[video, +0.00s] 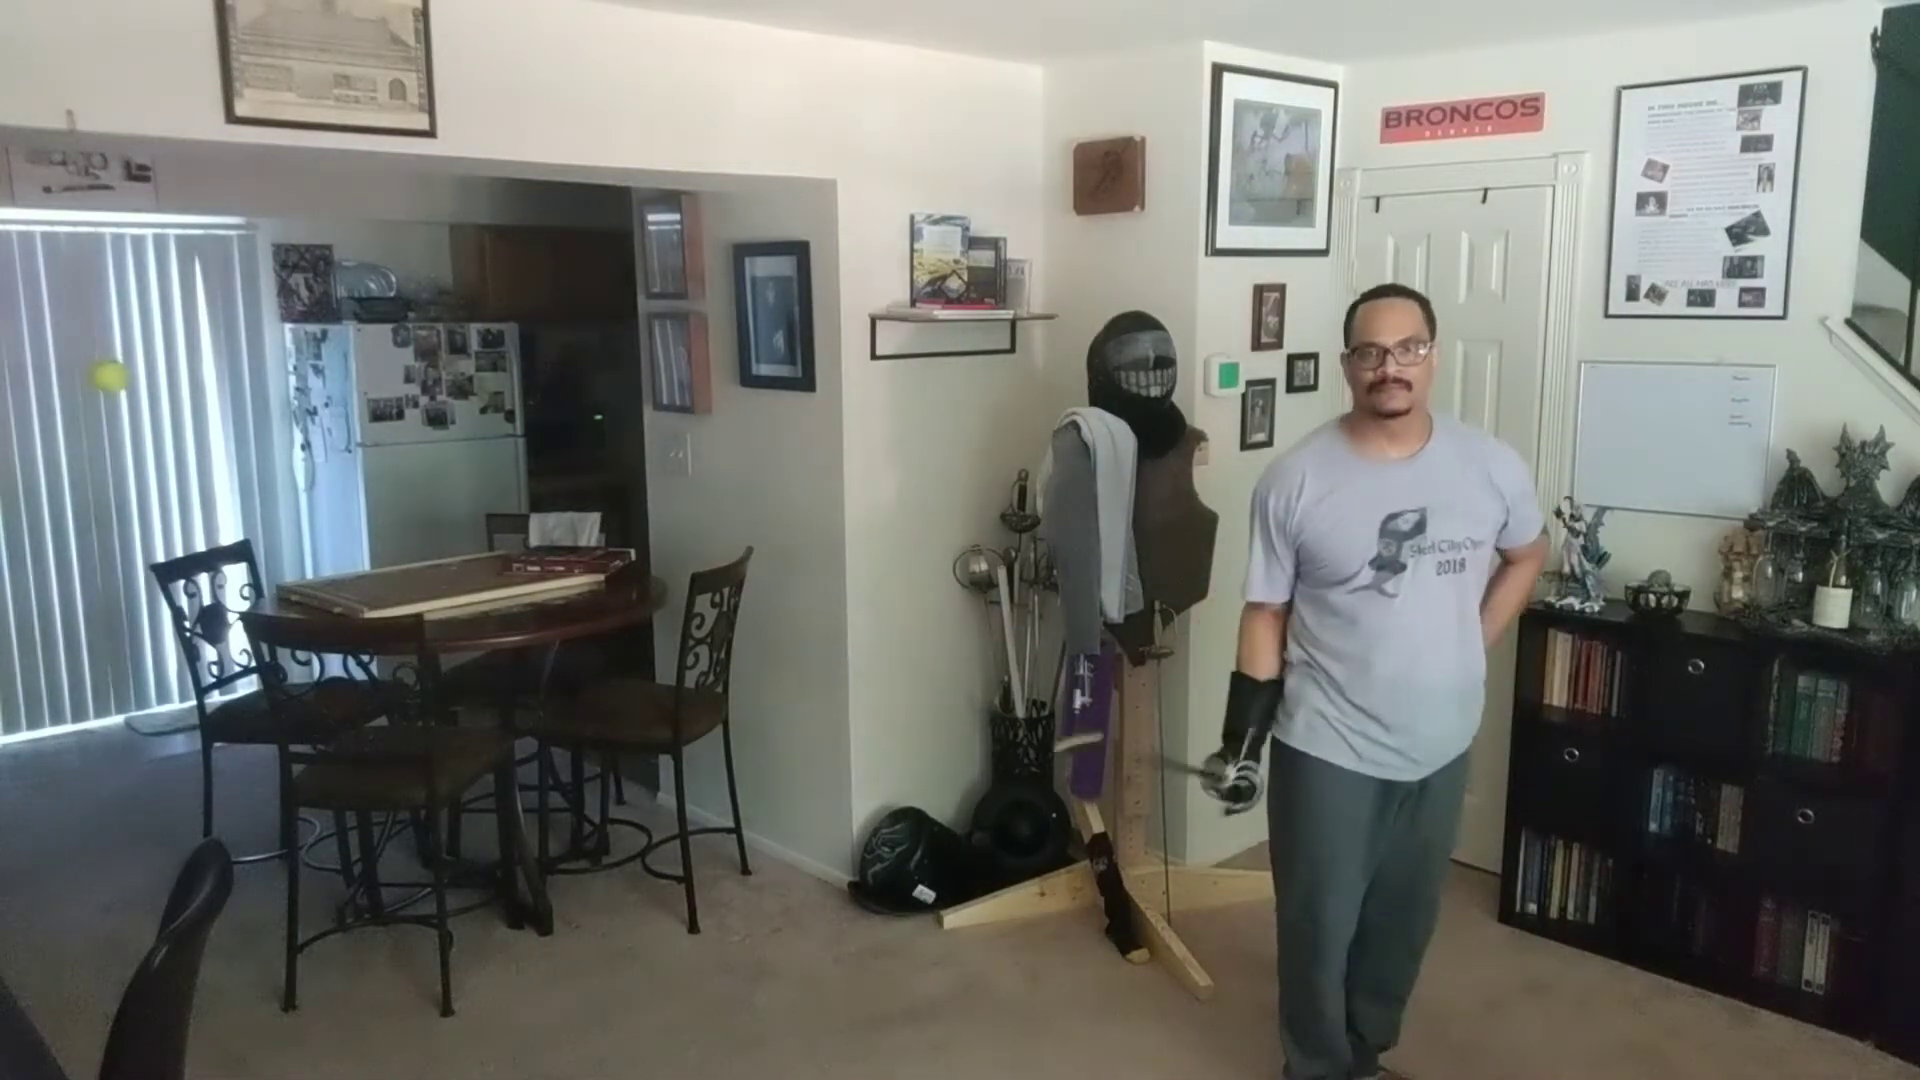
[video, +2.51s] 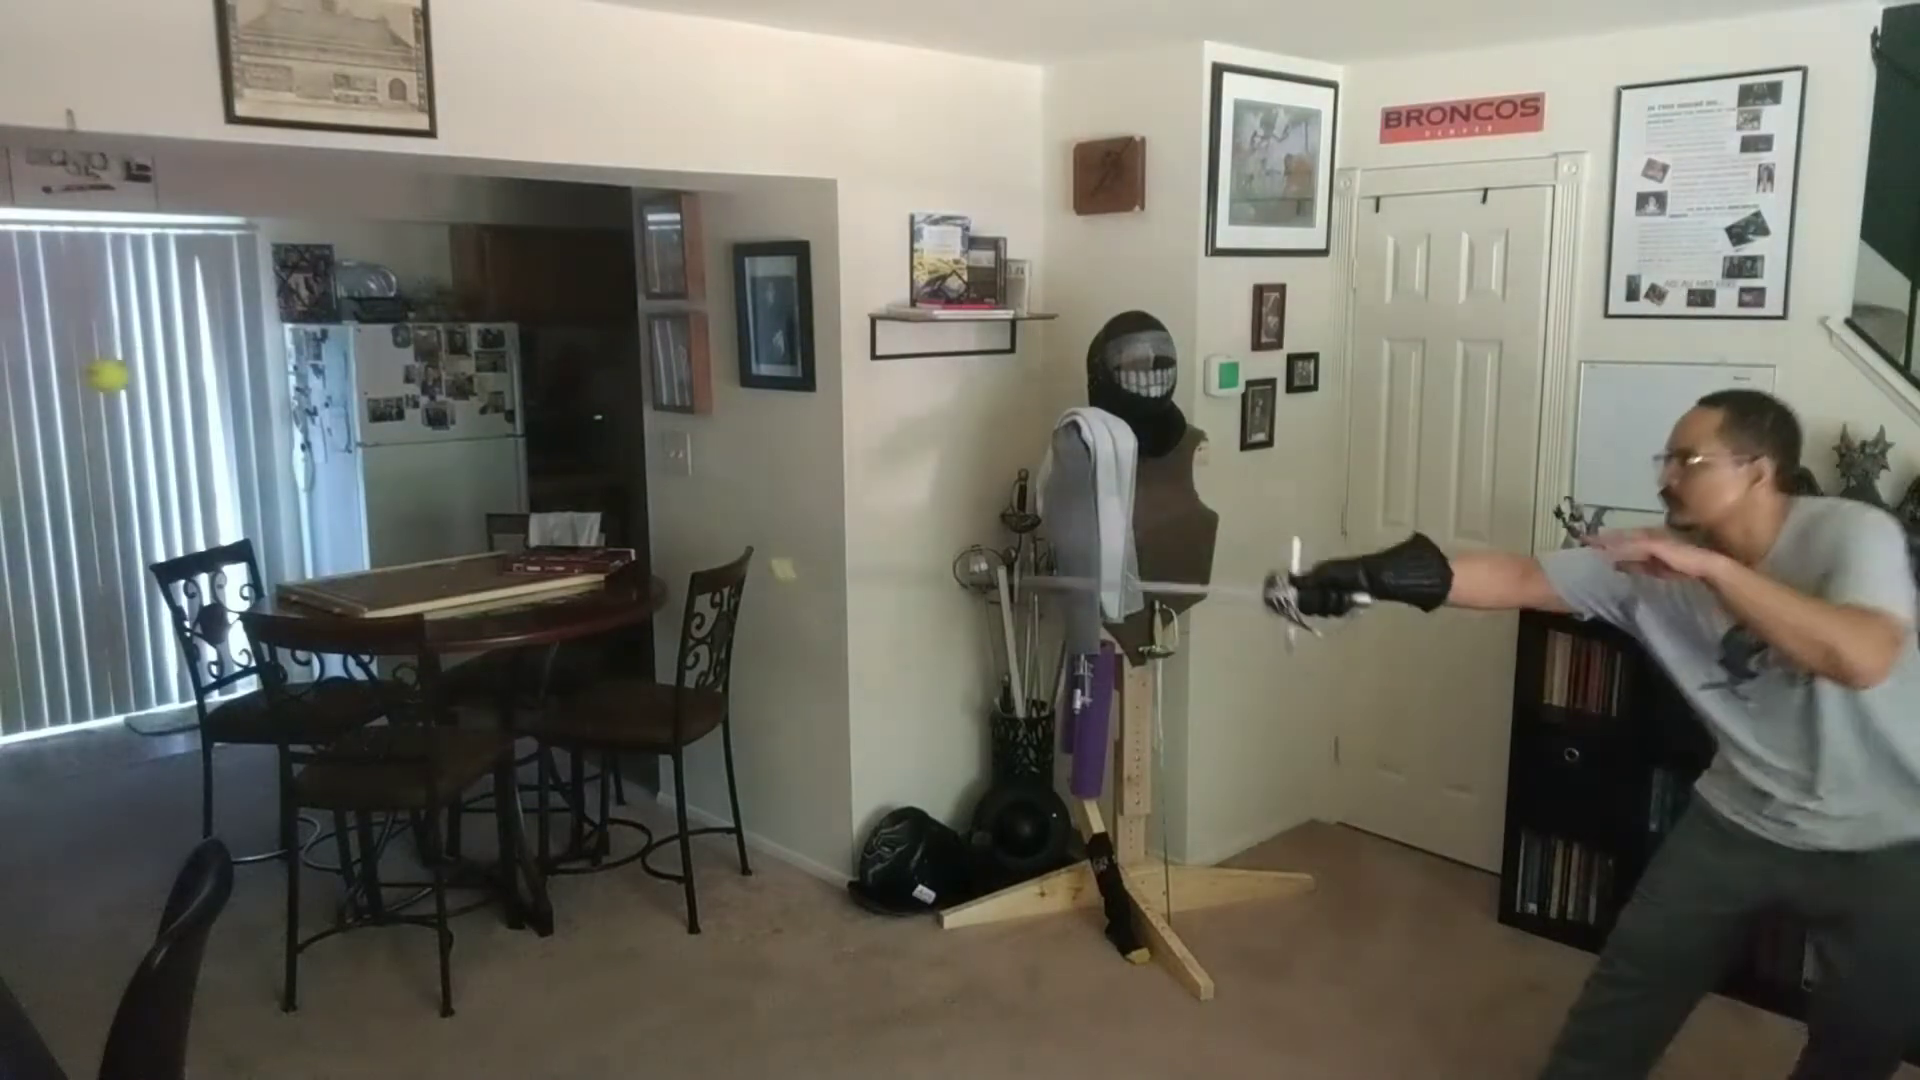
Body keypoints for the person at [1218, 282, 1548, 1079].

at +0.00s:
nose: (1390, 366)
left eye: (1408, 349)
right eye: (1371, 351)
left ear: (1433, 360)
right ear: (1347, 367)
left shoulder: (1487, 463)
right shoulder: (1294, 479)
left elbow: (1527, 553)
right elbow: (1264, 612)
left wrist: (1475, 641)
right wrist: (1245, 738)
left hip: (1441, 742)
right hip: (1327, 740)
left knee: (1405, 915)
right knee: (1321, 920)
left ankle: (1369, 1050)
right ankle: (1315, 1062)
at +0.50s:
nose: (1458, 386)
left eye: (1480, 370)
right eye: (1442, 369)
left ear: (1518, 380)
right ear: (1424, 378)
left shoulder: (1575, 485)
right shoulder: (1372, 491)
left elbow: (1653, 559)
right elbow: (1343, 619)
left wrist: (1594, 682)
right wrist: (1319, 746)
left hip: (1539, 778)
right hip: (1398, 771)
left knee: (1583, 977)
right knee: (1337, 967)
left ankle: (1637, 1074)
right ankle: (1318, 1070)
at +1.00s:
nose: (1587, 389)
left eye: (1608, 373)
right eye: (1587, 372)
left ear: (1675, 386)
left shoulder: (1763, 483)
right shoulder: (1565, 487)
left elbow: (1904, 518)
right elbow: (1560, 607)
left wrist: (1828, 657)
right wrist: (1563, 675)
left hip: (1716, 798)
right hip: (1579, 783)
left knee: (1696, 1022)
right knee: (1572, 1003)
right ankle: (1592, 1070)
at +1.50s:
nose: (1638, 374)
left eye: (1660, 360)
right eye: (1640, 357)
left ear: (1723, 373)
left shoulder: (1824, 472)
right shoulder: (1635, 497)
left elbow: (1917, 572)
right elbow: (1626, 638)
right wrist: (1600, 770)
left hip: (1804, 759)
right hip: (1685, 759)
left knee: (1739, 971)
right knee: (1682, 960)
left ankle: (1729, 1072)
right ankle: (1711, 1065)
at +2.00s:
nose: (1725, 387)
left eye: (1748, 370)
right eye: (1725, 370)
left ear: (1817, 380)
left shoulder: (1901, 487)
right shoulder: (1691, 501)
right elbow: (1609, 627)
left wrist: (1912, 734)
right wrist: (1547, 719)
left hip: (1857, 801)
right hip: (1710, 782)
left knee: (1843, 1016)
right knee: (1633, 925)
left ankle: (1809, 1074)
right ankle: (1683, 1069)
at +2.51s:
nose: (1665, 482)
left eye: (1685, 462)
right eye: (1666, 464)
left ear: (1756, 471)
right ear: (1739, 472)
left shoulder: (1855, 534)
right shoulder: (1654, 568)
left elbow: (1862, 654)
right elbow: (1513, 578)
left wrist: (1714, 567)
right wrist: (1364, 576)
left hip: (1887, 845)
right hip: (1738, 824)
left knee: (1865, 1048)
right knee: (1624, 1002)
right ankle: (1573, 1072)